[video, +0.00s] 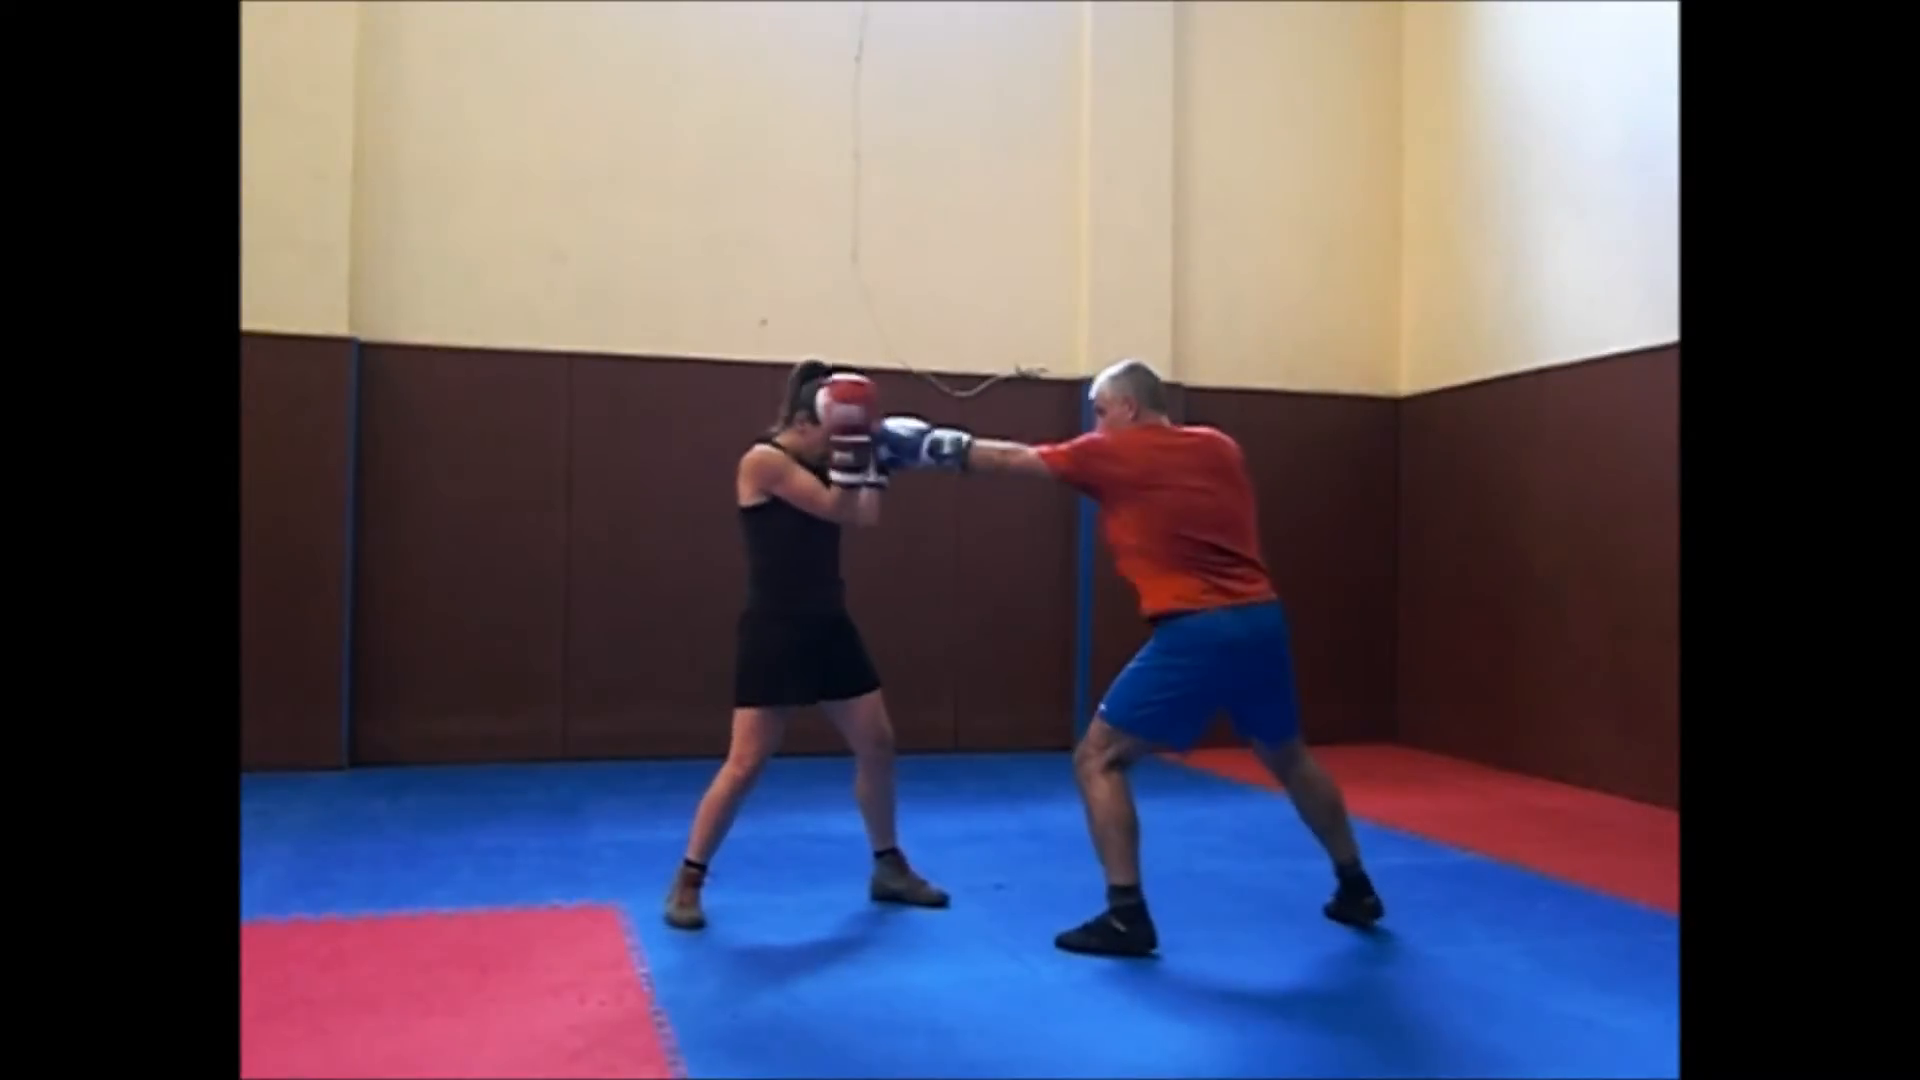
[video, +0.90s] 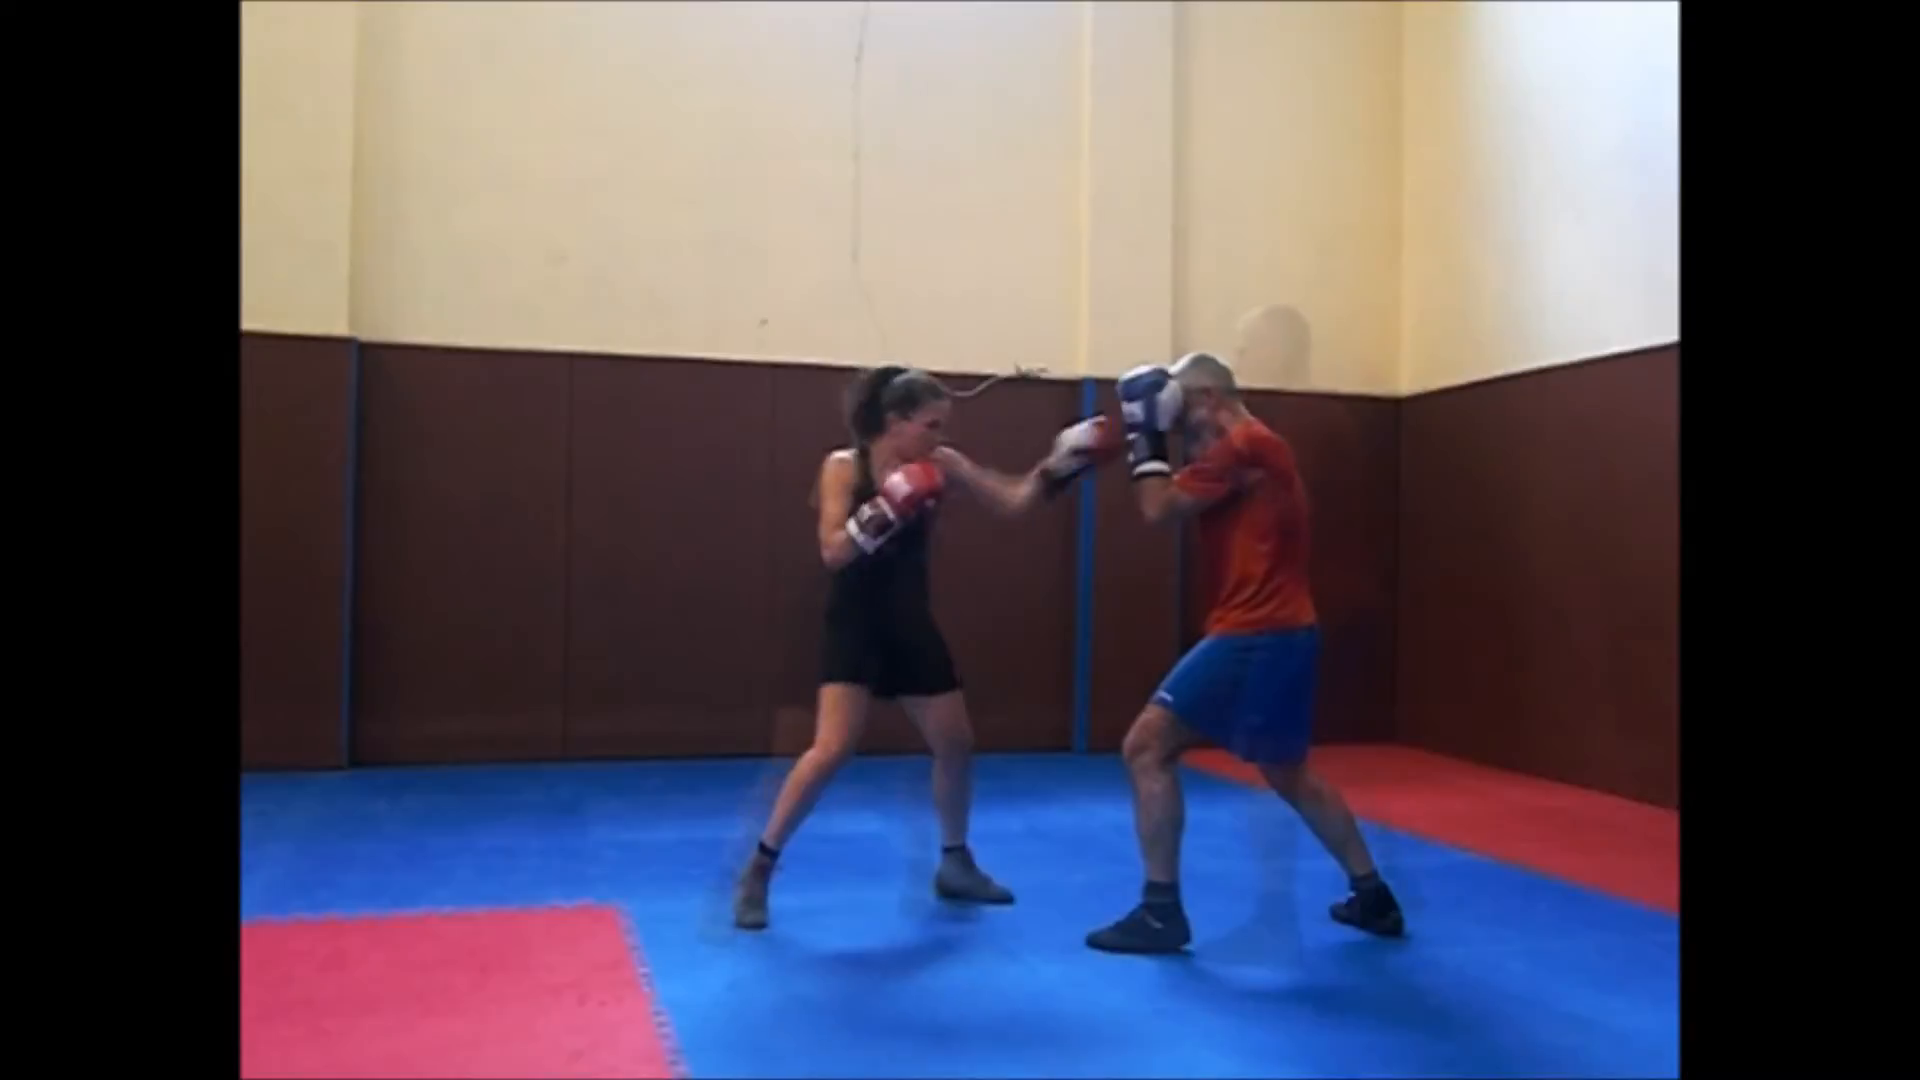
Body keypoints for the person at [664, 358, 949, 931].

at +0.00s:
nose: (837, 443)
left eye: (841, 433)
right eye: (830, 431)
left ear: (833, 428)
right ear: (802, 421)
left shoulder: (819, 466)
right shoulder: (763, 462)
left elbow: (867, 514)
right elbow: (838, 508)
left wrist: (868, 450)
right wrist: (855, 454)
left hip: (828, 628)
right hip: (773, 631)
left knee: (876, 742)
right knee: (746, 761)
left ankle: (889, 868)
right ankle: (688, 881)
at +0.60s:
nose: (886, 433)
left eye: (887, 423)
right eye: (881, 422)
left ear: (851, 420)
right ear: (852, 419)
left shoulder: (843, 467)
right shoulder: (813, 465)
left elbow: (893, 523)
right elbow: (897, 514)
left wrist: (919, 463)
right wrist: (918, 460)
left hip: (850, 623)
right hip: (806, 629)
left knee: (930, 713)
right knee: (809, 758)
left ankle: (916, 835)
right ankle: (755, 875)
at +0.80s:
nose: (918, 430)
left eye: (921, 420)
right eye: (910, 419)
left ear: (910, 418)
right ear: (872, 414)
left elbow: (988, 485)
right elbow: (826, 542)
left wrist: (1036, 456)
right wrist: (884, 494)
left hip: (898, 615)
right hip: (837, 618)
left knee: (948, 735)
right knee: (812, 741)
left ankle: (961, 850)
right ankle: (751, 871)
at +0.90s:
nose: (937, 438)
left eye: (940, 428)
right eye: (930, 426)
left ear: (929, 427)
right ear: (891, 420)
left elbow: (1014, 497)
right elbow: (832, 551)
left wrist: (1059, 463)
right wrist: (884, 509)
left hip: (912, 626)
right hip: (856, 627)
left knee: (955, 741)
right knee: (833, 746)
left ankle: (956, 865)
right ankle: (759, 870)